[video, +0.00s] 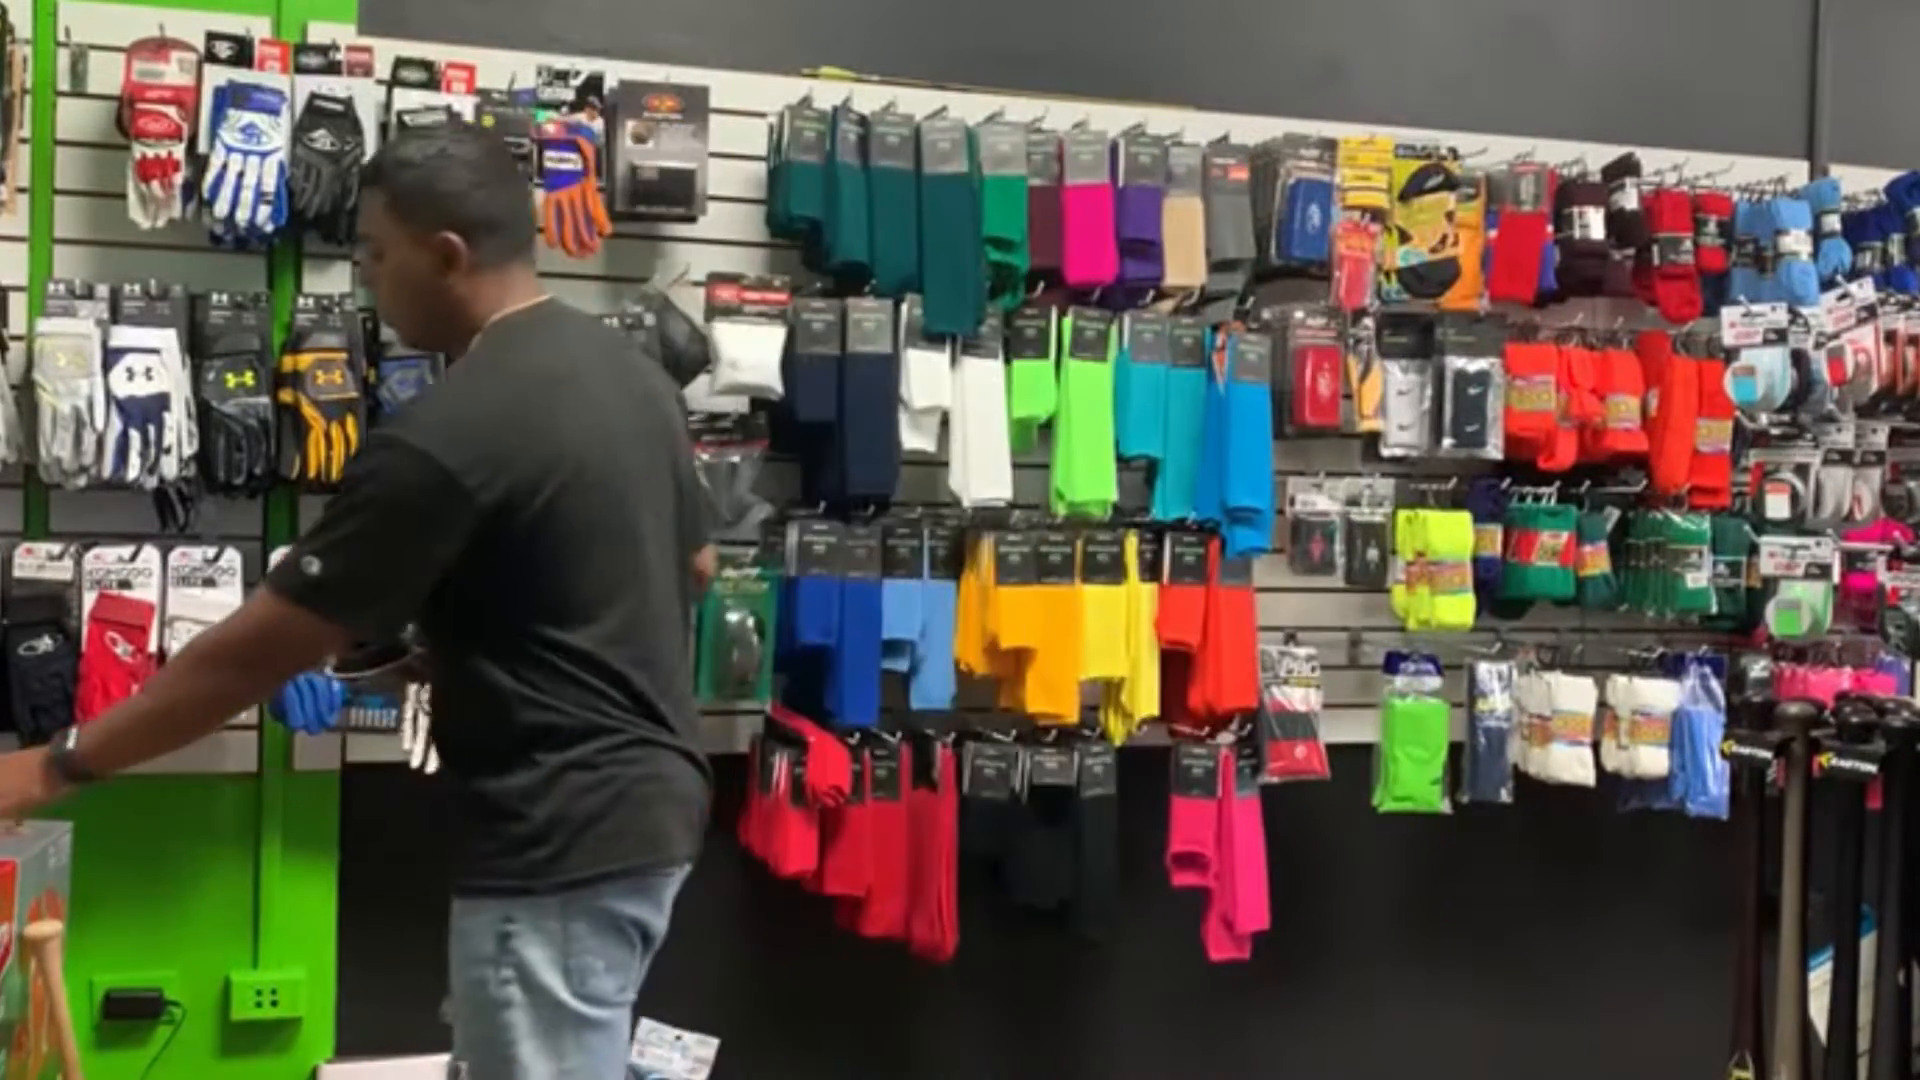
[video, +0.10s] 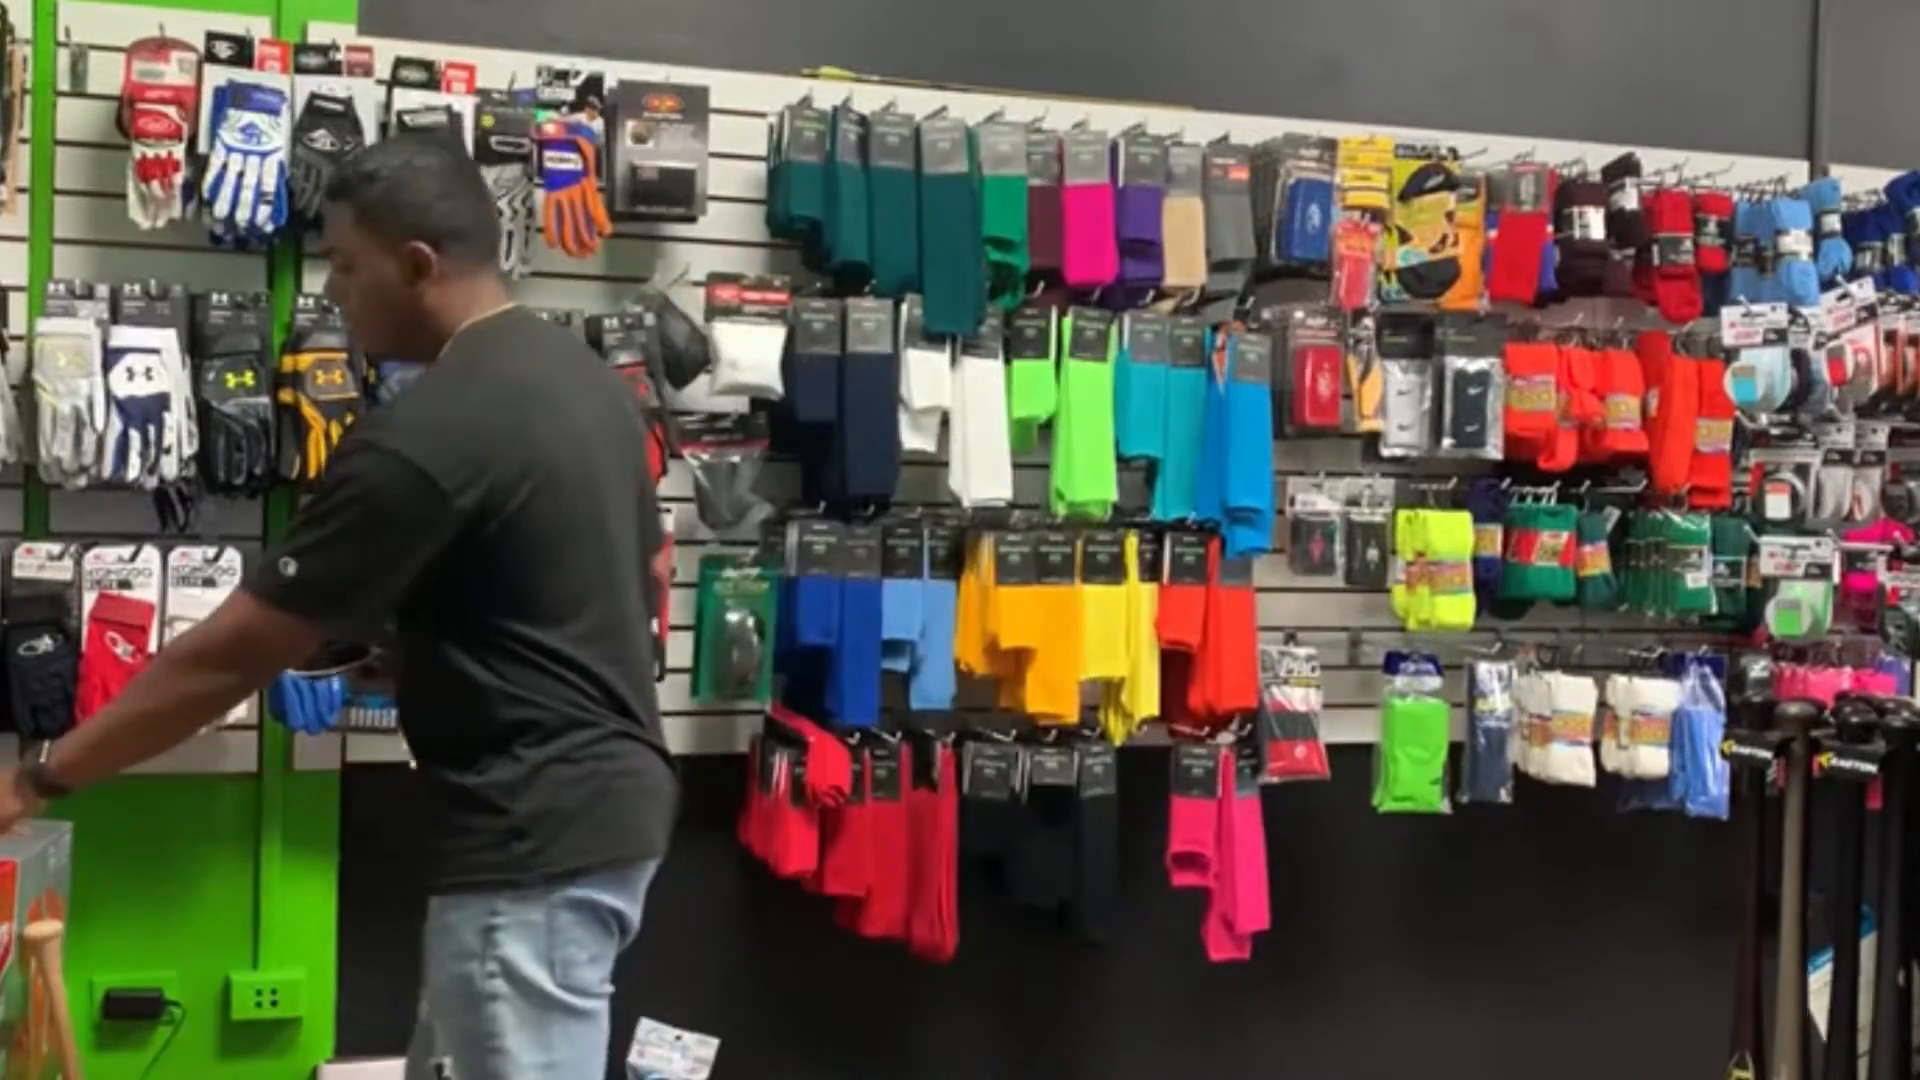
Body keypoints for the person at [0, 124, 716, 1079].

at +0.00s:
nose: (366, 278)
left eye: (375, 252)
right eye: (364, 253)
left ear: (448, 253)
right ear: (478, 246)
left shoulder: (446, 438)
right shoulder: (628, 366)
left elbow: (264, 647)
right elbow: (690, 558)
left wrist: (64, 762)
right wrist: (467, 644)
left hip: (555, 834)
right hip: (642, 803)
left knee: (533, 1063)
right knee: (558, 1057)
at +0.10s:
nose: (332, 291)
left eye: (342, 264)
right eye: (331, 266)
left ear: (420, 261)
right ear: (442, 255)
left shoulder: (425, 434)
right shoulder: (587, 377)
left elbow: (233, 653)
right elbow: (631, 575)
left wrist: (45, 774)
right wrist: (397, 646)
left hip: (530, 831)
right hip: (605, 801)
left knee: (515, 1065)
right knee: (451, 1061)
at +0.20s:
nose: (305, 301)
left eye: (312, 271)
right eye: (300, 274)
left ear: (389, 262)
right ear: (409, 258)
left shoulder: (413, 423)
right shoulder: (540, 376)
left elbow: (270, 669)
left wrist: (56, 762)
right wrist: (326, 657)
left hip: (504, 825)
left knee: (499, 1062)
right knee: (432, 1058)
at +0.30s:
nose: (268, 310)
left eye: (273, 280)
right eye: (262, 285)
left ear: (346, 262)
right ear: (359, 258)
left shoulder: (406, 395)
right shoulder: (474, 367)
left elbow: (349, 672)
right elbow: (452, 619)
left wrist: (148, 702)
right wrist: (302, 646)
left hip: (489, 813)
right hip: (535, 796)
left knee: (467, 1063)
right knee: (462, 1059)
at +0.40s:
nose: (239, 323)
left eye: (244, 292)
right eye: (232, 298)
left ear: (317, 270)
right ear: (321, 271)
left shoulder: (404, 383)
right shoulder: (420, 369)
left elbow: (399, 650)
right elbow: (396, 637)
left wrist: (215, 684)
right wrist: (244, 666)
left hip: (488, 808)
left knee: (461, 1061)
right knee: (452, 1060)